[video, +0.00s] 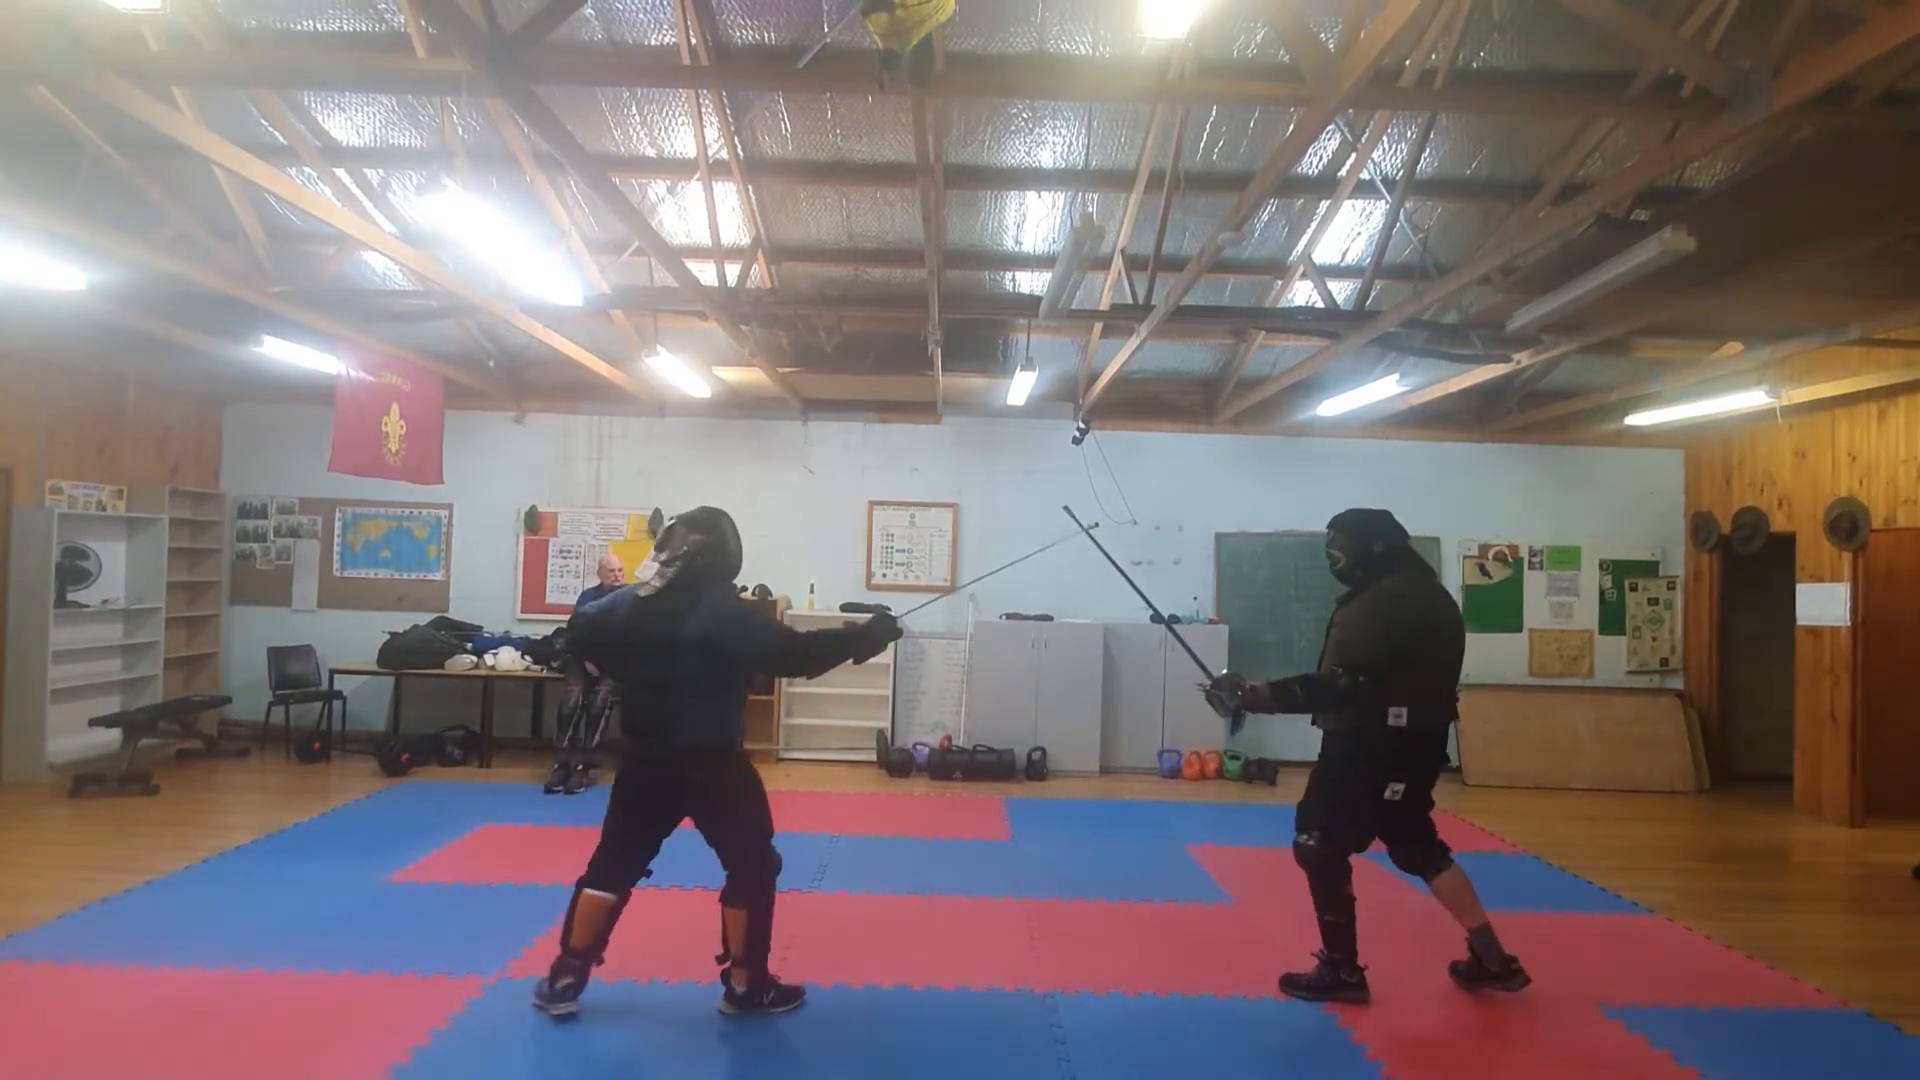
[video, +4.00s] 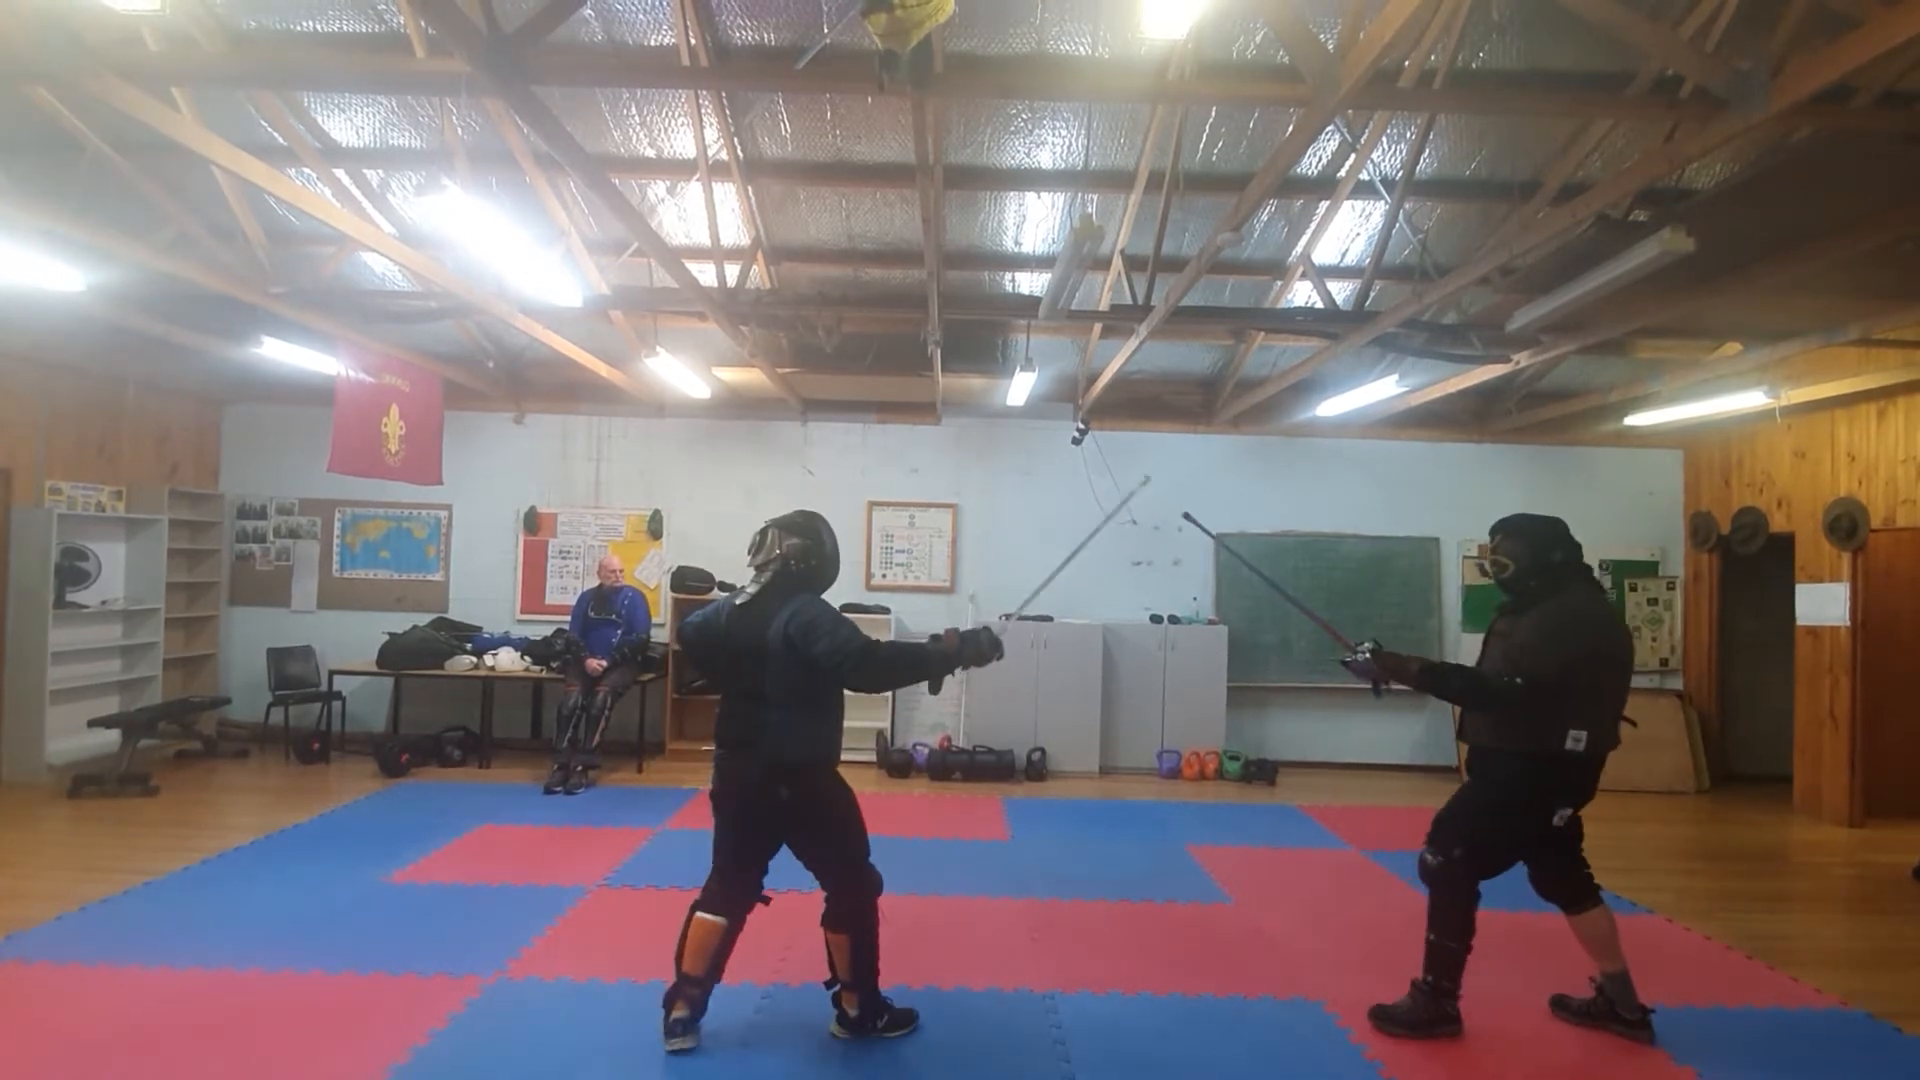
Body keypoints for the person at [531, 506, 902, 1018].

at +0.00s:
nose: (734, 568)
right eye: (732, 559)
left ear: (668, 555)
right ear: (727, 560)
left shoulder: (630, 611)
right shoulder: (731, 618)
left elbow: (579, 630)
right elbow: (800, 654)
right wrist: (864, 637)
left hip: (646, 770)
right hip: (716, 771)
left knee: (613, 863)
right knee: (753, 864)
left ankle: (565, 977)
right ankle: (746, 983)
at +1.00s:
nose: (731, 571)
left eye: (664, 555)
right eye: (728, 561)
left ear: (663, 555)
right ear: (723, 560)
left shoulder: (626, 612)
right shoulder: (725, 618)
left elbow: (574, 637)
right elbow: (782, 664)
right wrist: (858, 660)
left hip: (645, 776)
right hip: (716, 778)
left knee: (626, 871)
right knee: (755, 873)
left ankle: (591, 986)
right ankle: (769, 990)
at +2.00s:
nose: (782, 566)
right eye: (779, 556)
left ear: (714, 555)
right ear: (772, 558)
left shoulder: (678, 615)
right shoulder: (779, 613)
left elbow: (632, 641)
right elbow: (840, 643)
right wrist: (922, 628)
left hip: (696, 781)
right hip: (770, 780)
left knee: (674, 878)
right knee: (804, 881)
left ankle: (628, 997)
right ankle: (821, 999)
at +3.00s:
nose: (795, 584)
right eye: (791, 574)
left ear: (730, 570)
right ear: (782, 577)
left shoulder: (700, 629)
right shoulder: (766, 640)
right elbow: (781, 714)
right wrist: (862, 698)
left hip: (706, 794)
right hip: (771, 797)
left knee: (680, 893)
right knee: (837, 889)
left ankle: (617, 1001)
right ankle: (866, 1007)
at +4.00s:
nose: (828, 572)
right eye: (826, 563)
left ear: (763, 557)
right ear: (818, 563)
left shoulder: (730, 617)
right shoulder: (810, 616)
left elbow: (690, 629)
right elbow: (861, 662)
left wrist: (735, 600)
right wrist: (954, 651)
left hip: (738, 784)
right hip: (807, 784)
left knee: (728, 885)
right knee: (852, 882)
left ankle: (682, 1010)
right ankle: (857, 1010)